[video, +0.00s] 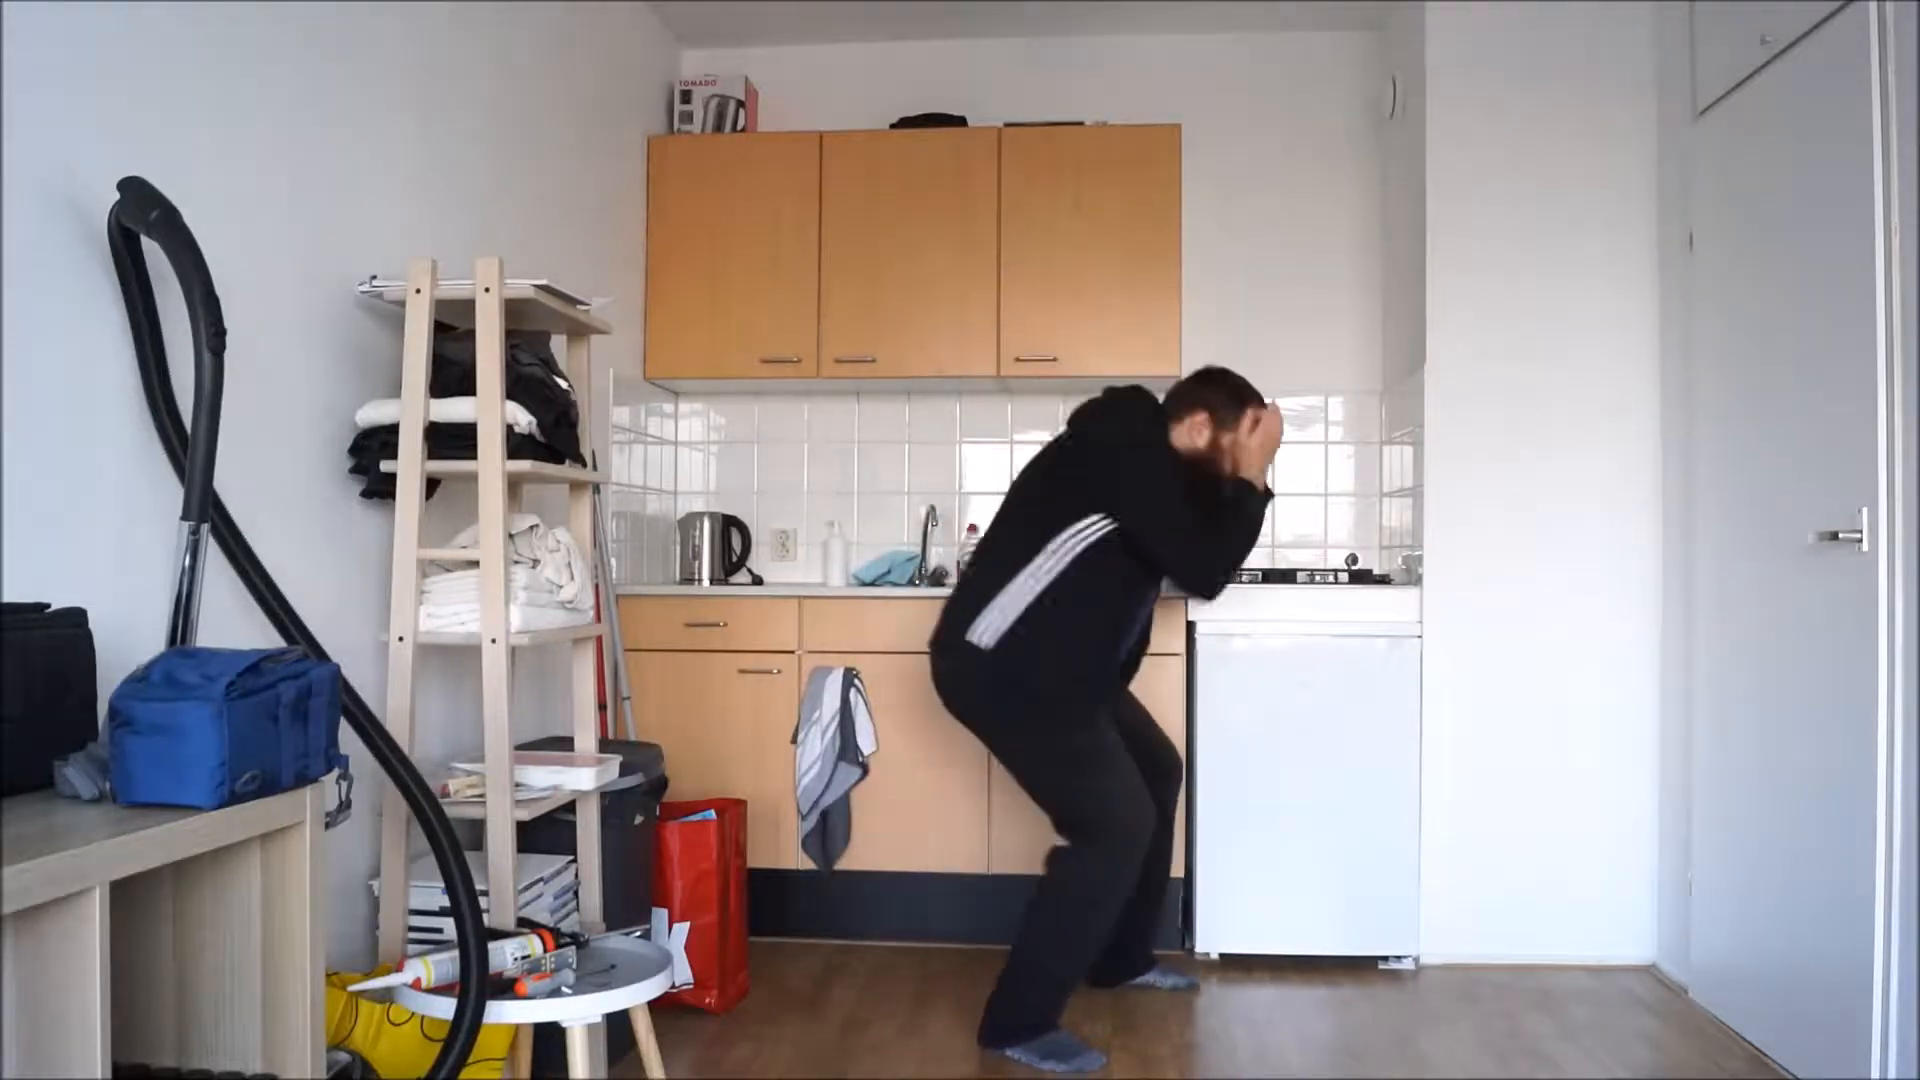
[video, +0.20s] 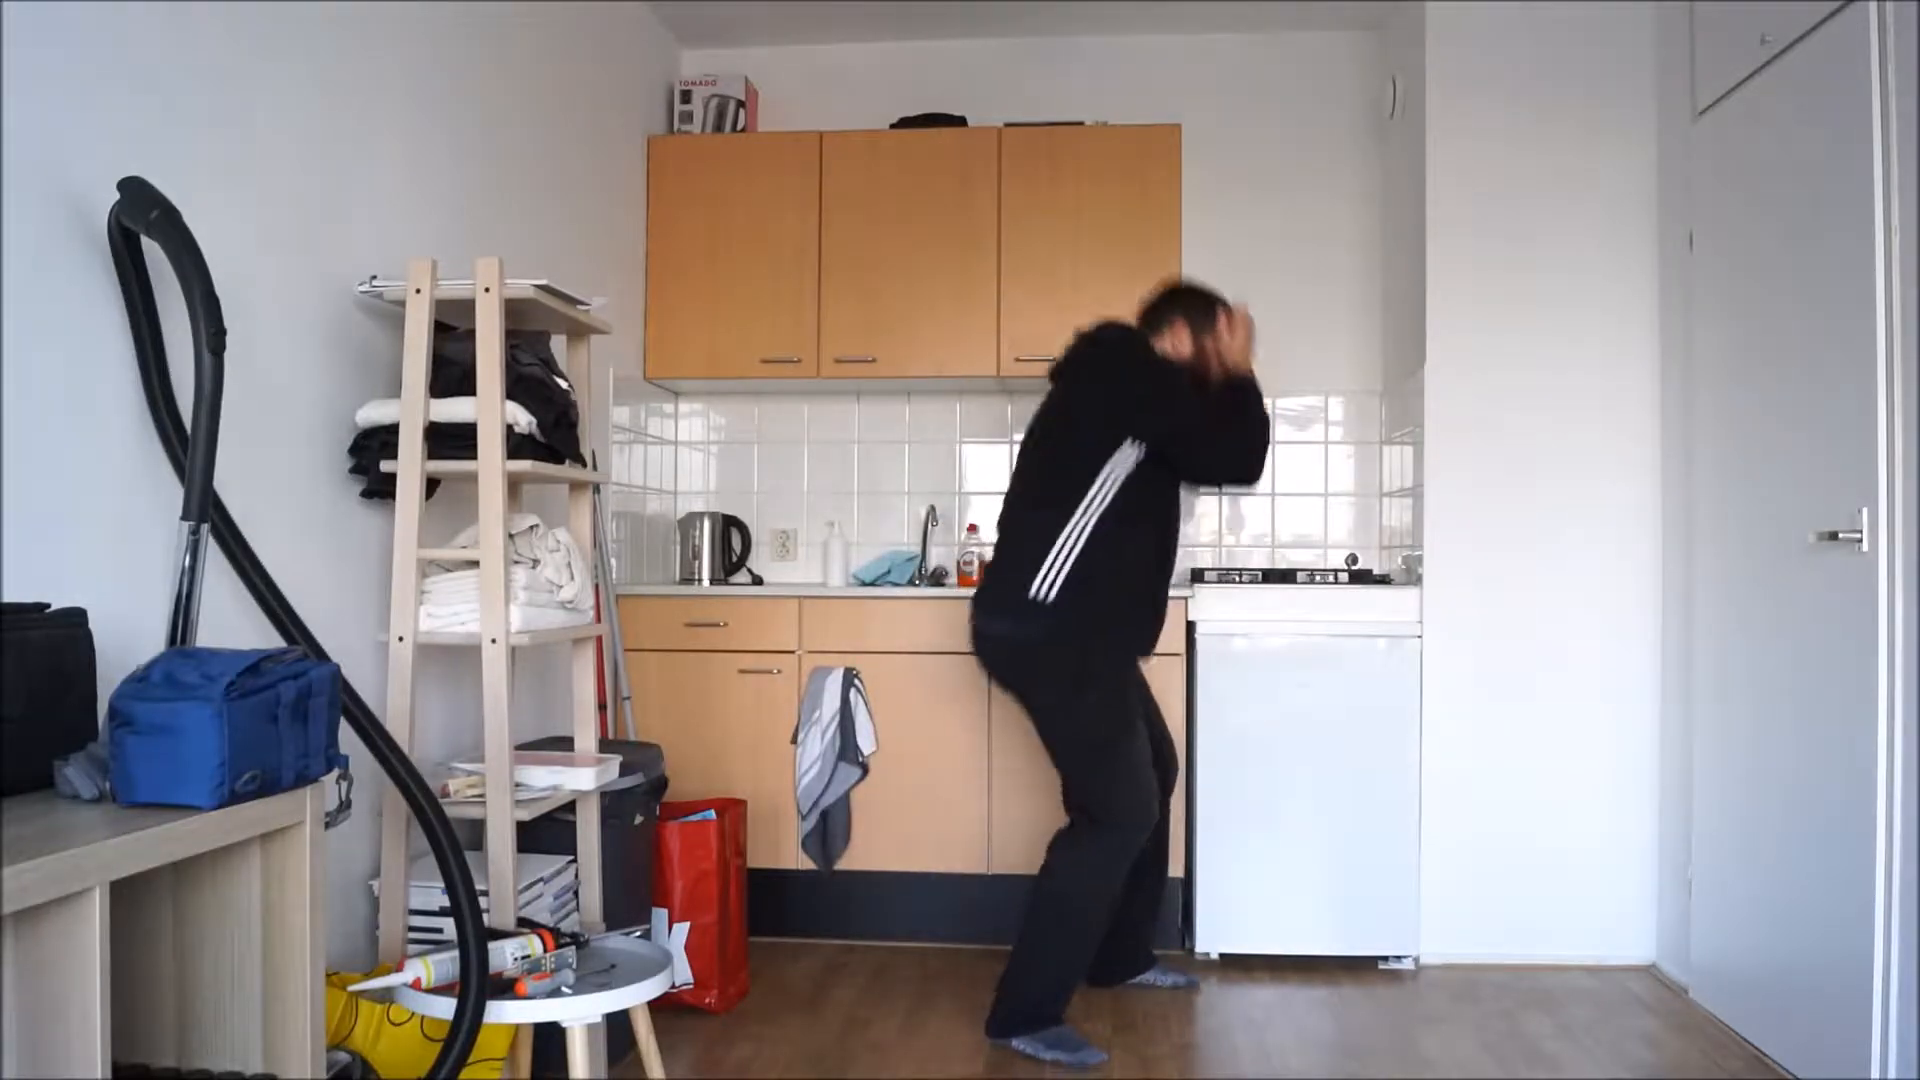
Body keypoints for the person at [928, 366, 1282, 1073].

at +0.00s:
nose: (1230, 464)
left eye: (1236, 454)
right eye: (1233, 450)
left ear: (1193, 423)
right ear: (1199, 425)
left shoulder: (1148, 447)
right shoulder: (1126, 439)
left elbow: (1199, 561)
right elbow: (1203, 568)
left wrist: (1232, 482)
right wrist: (1249, 479)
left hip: (1060, 665)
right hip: (1001, 667)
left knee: (1158, 776)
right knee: (1118, 824)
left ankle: (1120, 960)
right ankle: (1017, 1026)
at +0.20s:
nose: (1219, 361)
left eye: (1217, 348)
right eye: (1215, 347)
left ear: (1161, 328)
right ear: (1183, 336)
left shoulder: (1129, 375)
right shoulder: (1125, 370)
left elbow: (1219, 459)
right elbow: (1235, 457)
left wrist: (1222, 380)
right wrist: (1239, 373)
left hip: (1079, 625)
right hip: (1045, 628)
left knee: (1152, 768)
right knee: (1117, 810)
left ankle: (1119, 956)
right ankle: (1025, 1016)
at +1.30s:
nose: (1190, 233)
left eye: (1197, 229)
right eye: (1172, 222)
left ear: (1199, 266)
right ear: (1128, 255)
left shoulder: (1205, 339)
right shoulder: (1066, 317)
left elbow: (1263, 400)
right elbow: (1115, 382)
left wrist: (1228, 286)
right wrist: (1167, 293)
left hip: (1164, 624)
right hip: (1057, 615)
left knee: (1189, 812)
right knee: (1045, 809)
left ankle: (1189, 1003)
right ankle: (1006, 1020)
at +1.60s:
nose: (1102, 243)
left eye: (1119, 231)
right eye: (1091, 233)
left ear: (1145, 251)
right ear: (1070, 252)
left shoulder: (1181, 322)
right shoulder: (1040, 325)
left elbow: (1189, 375)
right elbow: (1003, 380)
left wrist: (1134, 277)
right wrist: (1057, 280)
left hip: (1167, 624)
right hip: (1046, 619)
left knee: (1184, 816)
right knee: (1000, 797)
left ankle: (1189, 1000)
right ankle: (991, 978)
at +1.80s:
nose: (1025, 342)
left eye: (1038, 327)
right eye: (1016, 333)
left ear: (1082, 325)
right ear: (1008, 341)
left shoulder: (1148, 372)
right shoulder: (1013, 398)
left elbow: (1124, 475)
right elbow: (972, 491)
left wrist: (1061, 380)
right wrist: (992, 383)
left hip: (1165, 645)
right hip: (1049, 649)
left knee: (1221, 810)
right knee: (1010, 807)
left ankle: (1251, 995)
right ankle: (995, 980)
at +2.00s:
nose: (1079, 440)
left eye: (1093, 428)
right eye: (1067, 431)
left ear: (1131, 416)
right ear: (1055, 423)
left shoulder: (1188, 439)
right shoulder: (1035, 446)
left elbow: (1176, 563)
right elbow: (1027, 578)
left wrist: (1122, 475)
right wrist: (1054, 480)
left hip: (1180, 673)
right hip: (1059, 675)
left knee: (1245, 826)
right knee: (1008, 822)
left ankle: (1260, 1004)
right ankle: (996, 979)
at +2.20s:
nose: (1195, 365)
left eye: (1209, 355)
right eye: (1183, 351)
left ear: (1226, 357)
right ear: (1154, 345)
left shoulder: (1242, 409)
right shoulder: (1101, 389)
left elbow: (1266, 504)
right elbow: (1100, 493)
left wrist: (1239, 402)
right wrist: (1160, 405)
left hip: (1193, 660)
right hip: (1079, 658)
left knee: (1257, 823)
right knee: (1030, 820)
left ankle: (1261, 1002)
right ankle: (999, 979)